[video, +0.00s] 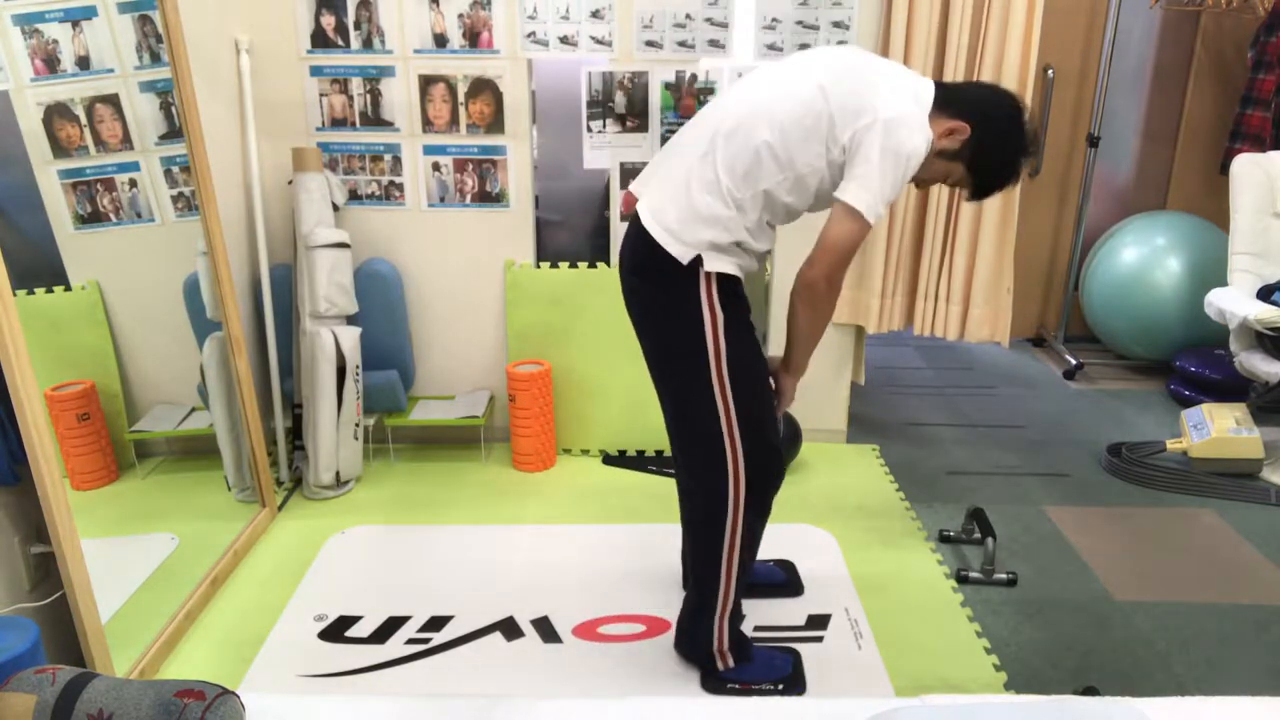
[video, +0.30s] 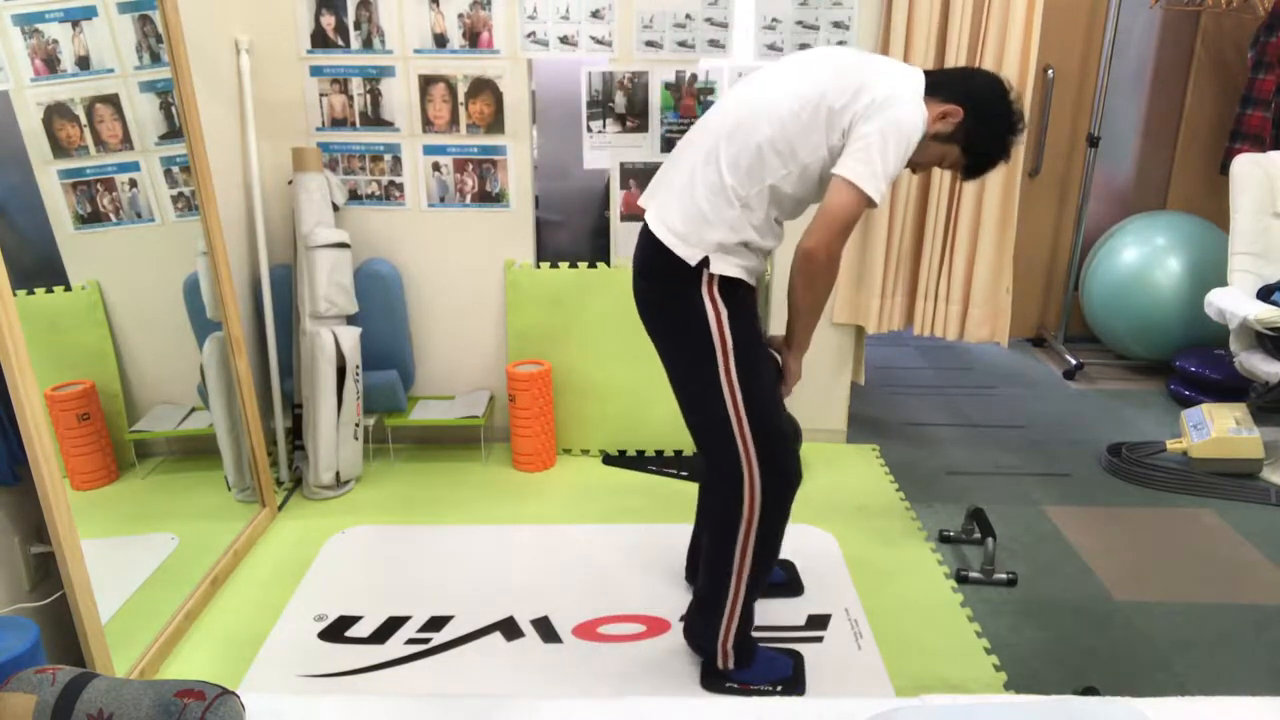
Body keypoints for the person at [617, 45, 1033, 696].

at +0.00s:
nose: (931, 189)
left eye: (948, 187)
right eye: (950, 181)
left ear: (951, 122)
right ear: (952, 134)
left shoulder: (879, 80)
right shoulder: (899, 125)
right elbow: (820, 272)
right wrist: (793, 369)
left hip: (676, 232)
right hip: (685, 250)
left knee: (748, 431)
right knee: (742, 452)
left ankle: (723, 566)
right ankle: (713, 646)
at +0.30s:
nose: (923, 171)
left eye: (938, 170)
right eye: (941, 163)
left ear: (942, 108)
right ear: (947, 118)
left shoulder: (874, 81)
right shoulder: (896, 108)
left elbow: (760, 182)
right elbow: (818, 251)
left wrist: (763, 334)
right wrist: (794, 349)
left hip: (699, 255)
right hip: (695, 263)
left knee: (753, 434)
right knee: (765, 460)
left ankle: (721, 565)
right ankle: (723, 649)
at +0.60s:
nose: (919, 163)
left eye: (934, 160)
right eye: (936, 154)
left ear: (941, 99)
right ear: (943, 108)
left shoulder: (870, 78)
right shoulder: (896, 100)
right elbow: (821, 235)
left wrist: (769, 325)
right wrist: (789, 336)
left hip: (690, 237)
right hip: (694, 248)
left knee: (737, 432)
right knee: (737, 448)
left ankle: (719, 570)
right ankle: (713, 647)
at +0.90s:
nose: (931, 147)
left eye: (947, 144)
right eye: (949, 137)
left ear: (947, 87)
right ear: (949, 92)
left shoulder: (872, 69)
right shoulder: (903, 79)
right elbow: (810, 182)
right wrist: (819, 315)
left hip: (711, 235)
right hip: (700, 238)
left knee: (743, 415)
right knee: (718, 437)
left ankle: (718, 563)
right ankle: (712, 641)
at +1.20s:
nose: (975, 132)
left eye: (992, 126)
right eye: (991, 119)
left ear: (981, 67)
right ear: (985, 75)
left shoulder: (892, 56)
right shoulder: (932, 79)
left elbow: (777, 159)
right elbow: (851, 196)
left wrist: (808, 282)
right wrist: (863, 354)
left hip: (708, 232)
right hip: (722, 247)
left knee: (750, 417)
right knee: (757, 450)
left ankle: (716, 559)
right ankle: (743, 646)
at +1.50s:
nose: (1010, 257)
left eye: (1024, 250)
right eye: (1024, 244)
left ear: (1007, 196)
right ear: (1015, 210)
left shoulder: (942, 176)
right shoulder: (963, 211)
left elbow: (873, 288)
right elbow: (953, 383)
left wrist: (895, 396)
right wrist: (992, 522)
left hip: (726, 261)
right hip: (704, 266)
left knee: (786, 459)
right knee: (761, 469)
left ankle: (751, 574)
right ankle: (743, 650)